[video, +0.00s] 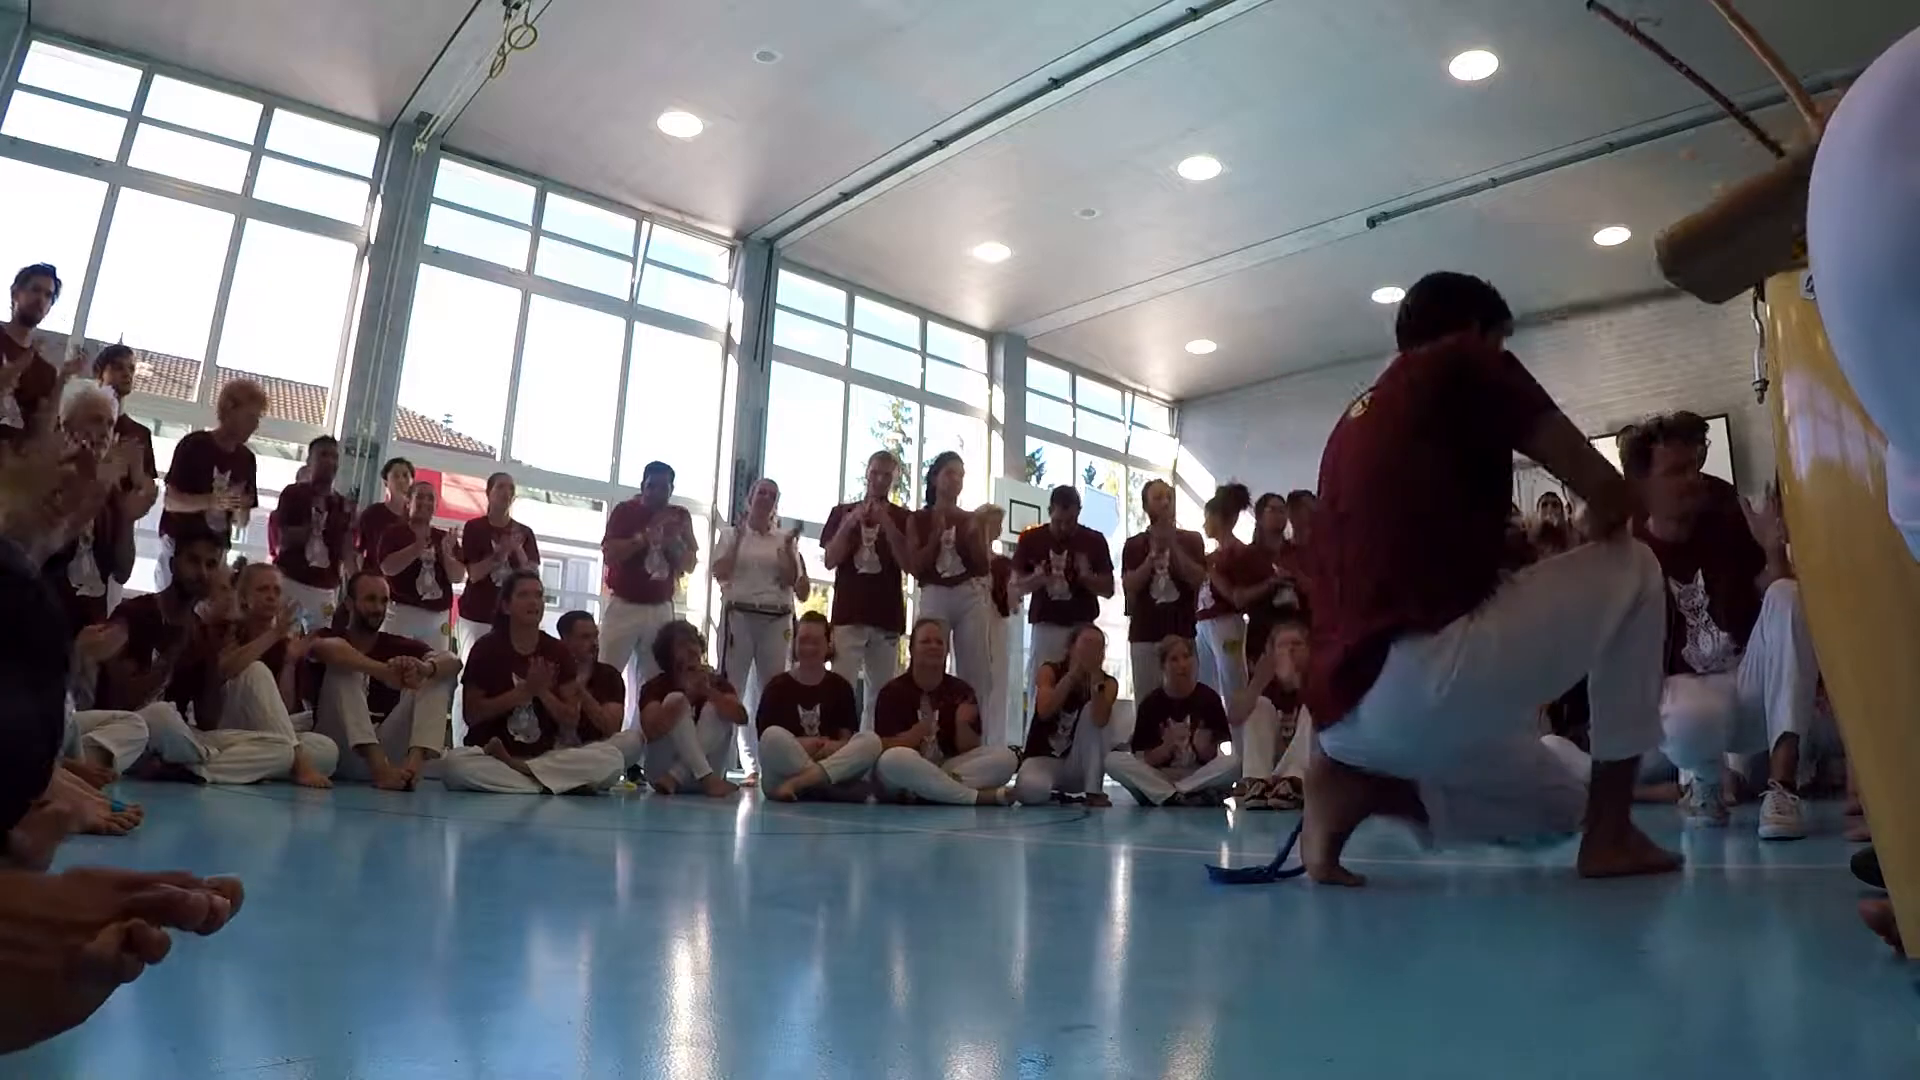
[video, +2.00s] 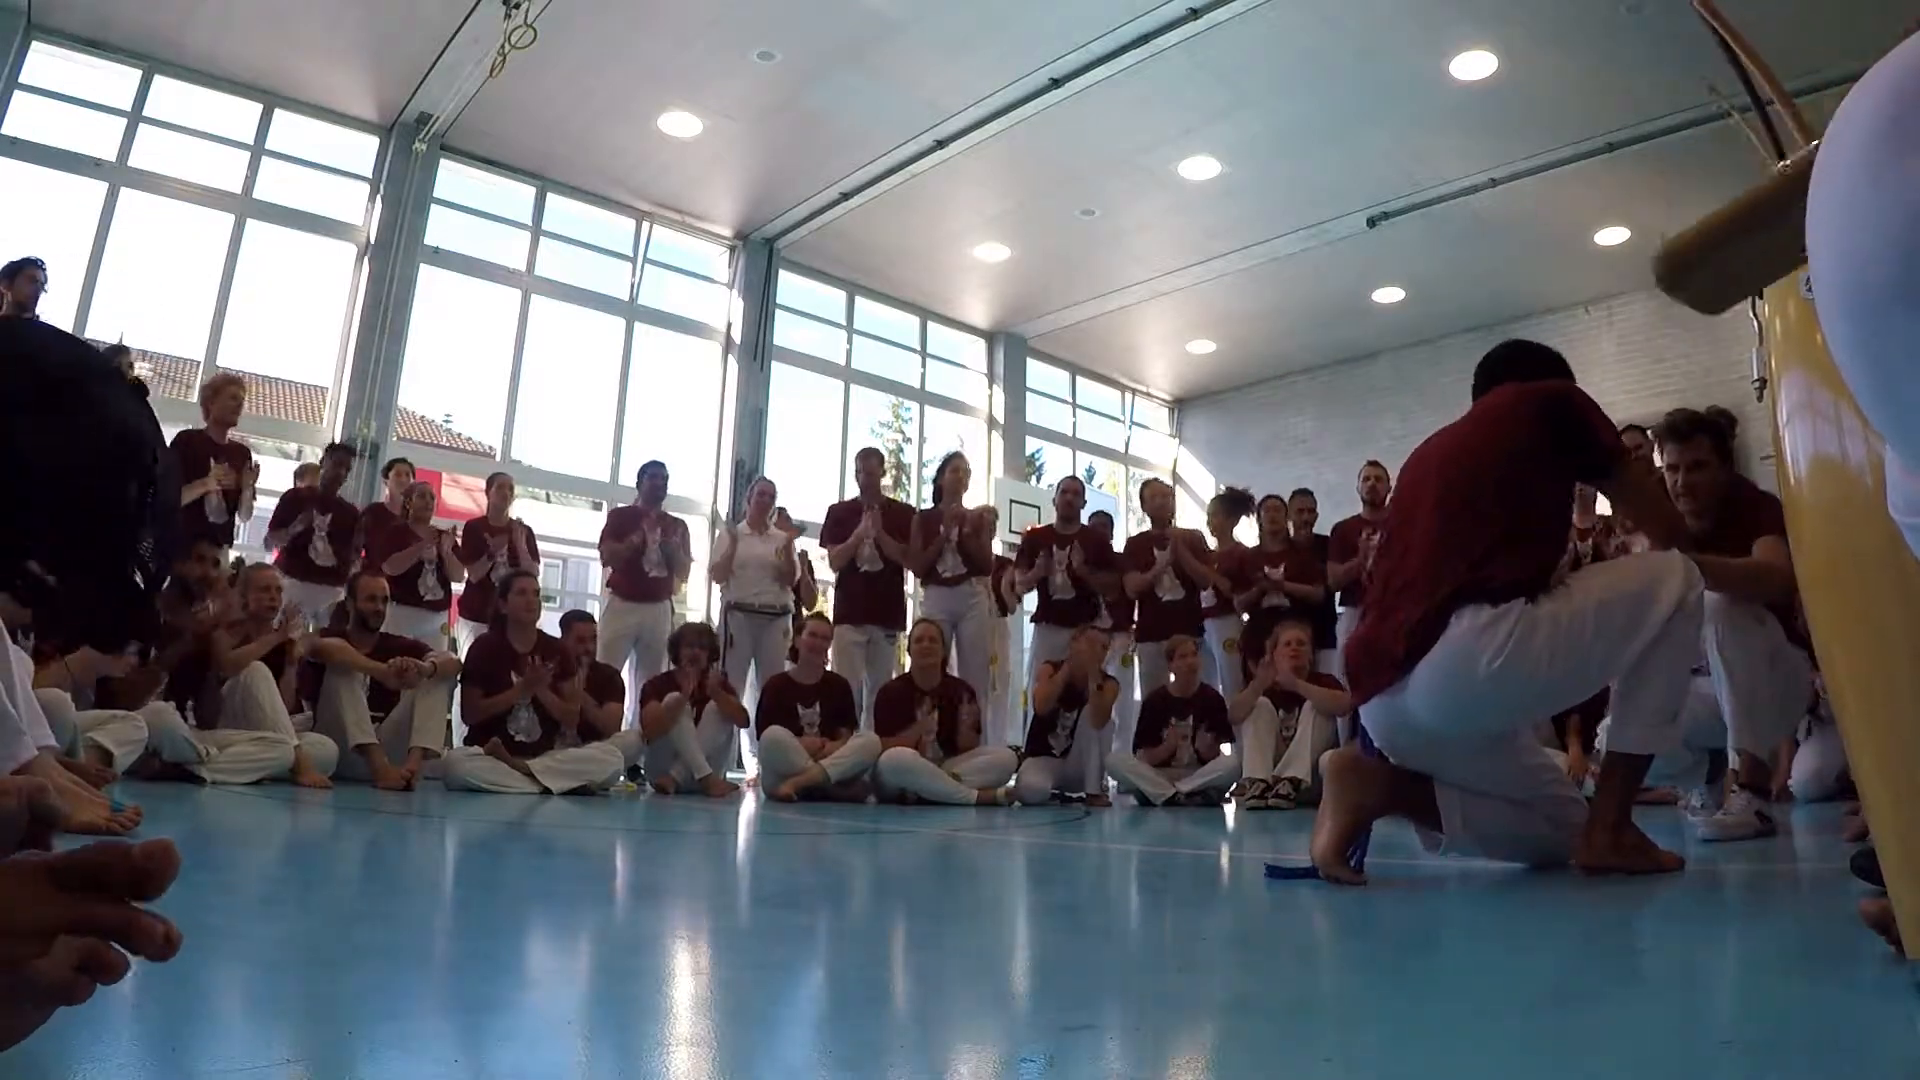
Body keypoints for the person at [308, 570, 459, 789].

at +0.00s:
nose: (379, 608)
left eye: (384, 601)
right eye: (370, 600)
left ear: (389, 604)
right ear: (349, 603)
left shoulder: (395, 644)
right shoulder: (327, 637)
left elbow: (454, 662)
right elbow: (324, 649)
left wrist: (427, 668)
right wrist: (386, 672)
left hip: (386, 754)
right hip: (336, 752)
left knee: (438, 673)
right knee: (343, 662)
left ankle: (415, 763)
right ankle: (379, 766)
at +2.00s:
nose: (380, 608)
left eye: (384, 601)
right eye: (371, 600)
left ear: (389, 603)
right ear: (350, 603)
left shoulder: (393, 643)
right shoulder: (328, 638)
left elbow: (454, 662)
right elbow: (318, 648)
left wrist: (426, 667)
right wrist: (382, 672)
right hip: (335, 750)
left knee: (438, 673)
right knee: (342, 663)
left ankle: (414, 764)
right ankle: (379, 765)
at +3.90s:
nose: (380, 608)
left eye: (384, 601)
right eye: (371, 600)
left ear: (389, 603)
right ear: (352, 603)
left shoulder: (396, 644)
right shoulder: (328, 638)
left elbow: (455, 663)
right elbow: (319, 648)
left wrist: (426, 667)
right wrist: (383, 672)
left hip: (387, 751)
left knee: (437, 673)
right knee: (342, 663)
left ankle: (414, 764)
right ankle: (379, 766)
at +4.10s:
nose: (380, 608)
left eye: (385, 601)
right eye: (371, 601)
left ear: (389, 603)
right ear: (352, 603)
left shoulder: (396, 644)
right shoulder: (329, 637)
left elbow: (455, 663)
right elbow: (319, 648)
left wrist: (427, 667)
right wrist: (383, 672)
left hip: (387, 752)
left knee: (438, 673)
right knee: (342, 664)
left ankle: (414, 764)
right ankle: (379, 766)